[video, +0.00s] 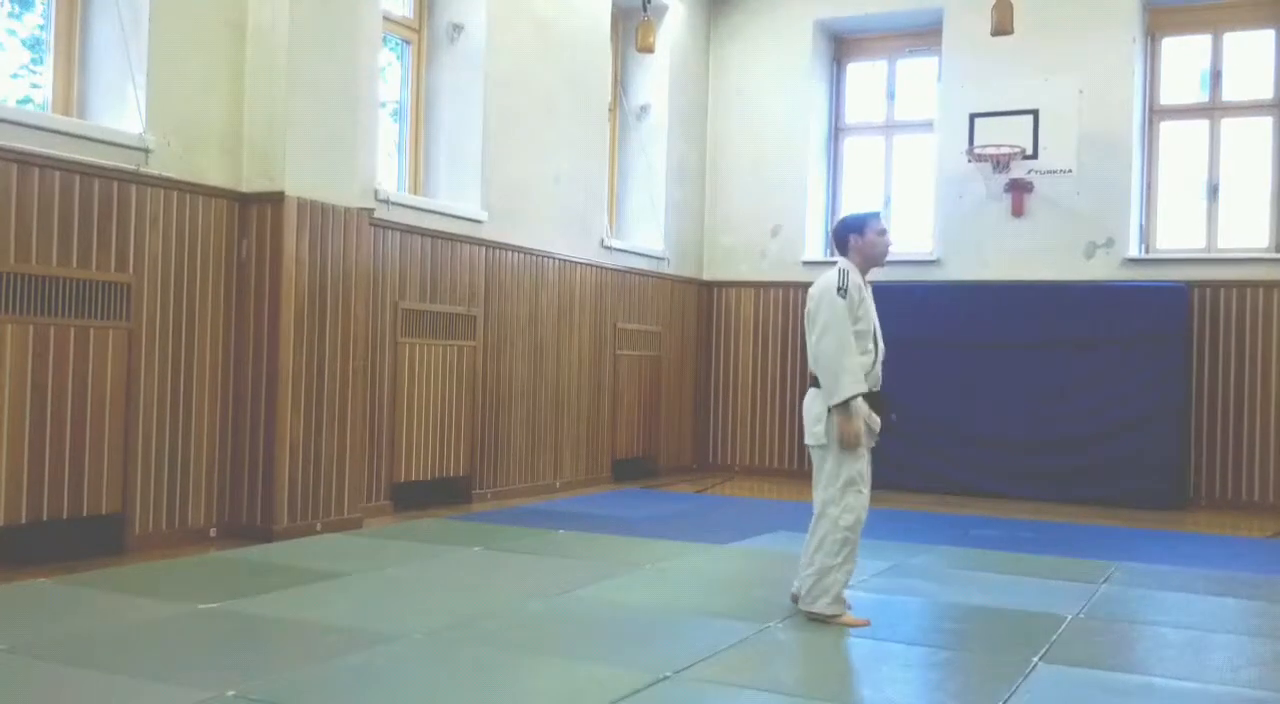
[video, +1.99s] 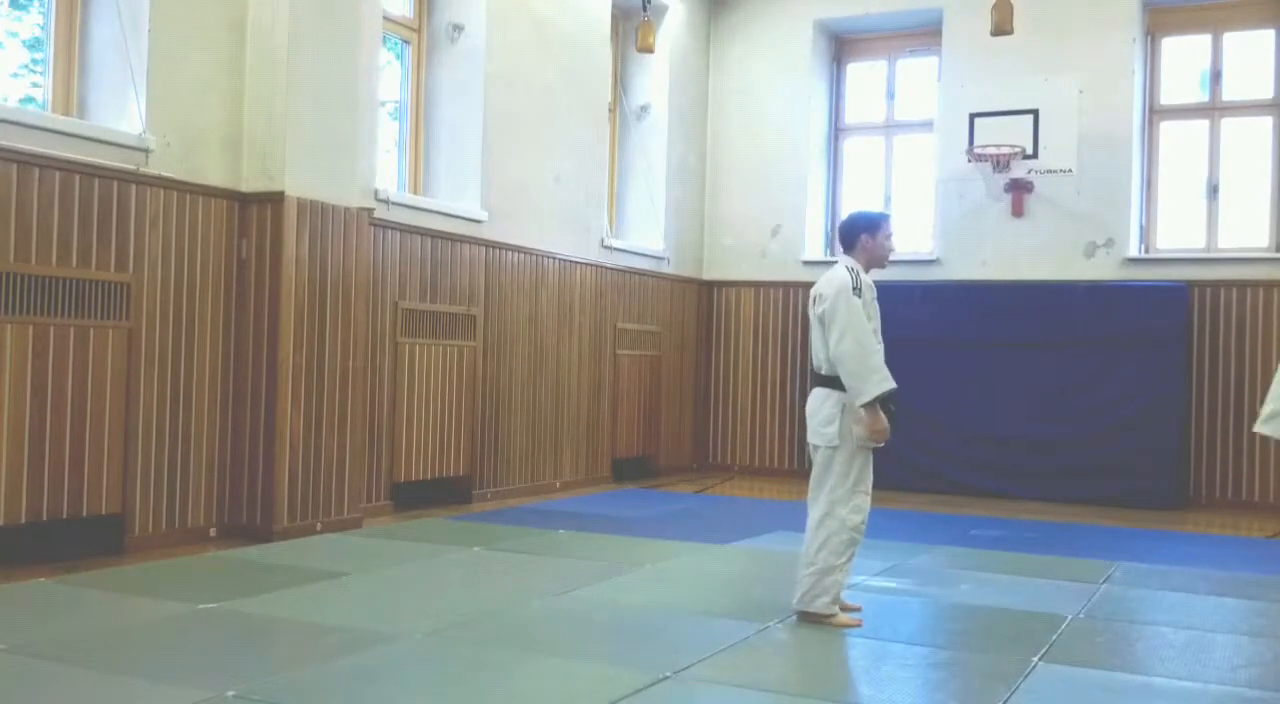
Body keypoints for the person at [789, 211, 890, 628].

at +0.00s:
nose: (888, 239)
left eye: (886, 232)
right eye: (881, 233)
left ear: (860, 241)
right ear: (855, 240)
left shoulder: (856, 284)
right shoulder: (836, 282)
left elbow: (855, 350)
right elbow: (831, 348)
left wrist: (866, 405)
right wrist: (845, 407)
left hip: (849, 403)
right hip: (837, 405)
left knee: (838, 501)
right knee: (846, 504)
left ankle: (812, 586)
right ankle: (822, 599)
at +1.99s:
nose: (893, 245)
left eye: (891, 238)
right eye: (887, 238)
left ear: (864, 240)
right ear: (865, 240)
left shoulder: (852, 282)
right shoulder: (843, 284)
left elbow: (859, 346)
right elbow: (853, 348)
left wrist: (875, 400)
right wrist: (871, 406)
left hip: (845, 403)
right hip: (839, 405)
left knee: (842, 504)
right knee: (840, 507)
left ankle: (825, 590)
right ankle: (816, 602)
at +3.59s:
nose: (888, 244)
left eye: (887, 236)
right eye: (882, 236)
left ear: (860, 240)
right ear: (861, 240)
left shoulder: (855, 283)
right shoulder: (838, 283)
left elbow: (874, 336)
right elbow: (858, 342)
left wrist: (914, 366)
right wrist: (915, 369)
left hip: (851, 406)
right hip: (837, 407)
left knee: (845, 506)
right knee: (836, 508)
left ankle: (826, 592)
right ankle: (815, 602)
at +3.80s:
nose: (886, 245)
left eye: (885, 237)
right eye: (880, 237)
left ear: (853, 242)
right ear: (855, 241)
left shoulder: (840, 280)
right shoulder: (840, 281)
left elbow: (847, 347)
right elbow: (891, 319)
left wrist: (891, 363)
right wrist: (951, 316)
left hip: (840, 403)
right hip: (839, 407)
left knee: (839, 505)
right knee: (839, 508)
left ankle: (824, 594)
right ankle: (816, 603)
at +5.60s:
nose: (847, 247)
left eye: (846, 239)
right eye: (844, 239)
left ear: (810, 239)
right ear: (825, 239)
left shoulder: (779, 279)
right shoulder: (813, 283)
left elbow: (818, 330)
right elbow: (879, 303)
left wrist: (859, 333)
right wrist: (943, 285)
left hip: (780, 401)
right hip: (804, 408)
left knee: (791, 498)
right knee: (819, 506)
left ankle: (769, 573)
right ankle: (813, 604)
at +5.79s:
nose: (816, 251)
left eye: (816, 243)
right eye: (813, 242)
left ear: (785, 243)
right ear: (793, 242)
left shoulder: (759, 281)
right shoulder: (782, 285)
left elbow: (793, 336)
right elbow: (846, 306)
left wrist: (834, 341)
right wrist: (910, 288)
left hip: (761, 404)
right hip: (781, 408)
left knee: (769, 497)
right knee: (806, 504)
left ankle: (712, 563)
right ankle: (811, 604)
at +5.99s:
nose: (792, 256)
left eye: (791, 248)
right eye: (787, 247)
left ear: (763, 250)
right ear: (764, 248)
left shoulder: (748, 286)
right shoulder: (744, 285)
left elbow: (764, 355)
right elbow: (801, 304)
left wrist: (807, 346)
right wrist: (865, 289)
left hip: (731, 404)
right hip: (733, 407)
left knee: (724, 503)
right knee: (766, 501)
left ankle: (697, 585)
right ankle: (789, 599)